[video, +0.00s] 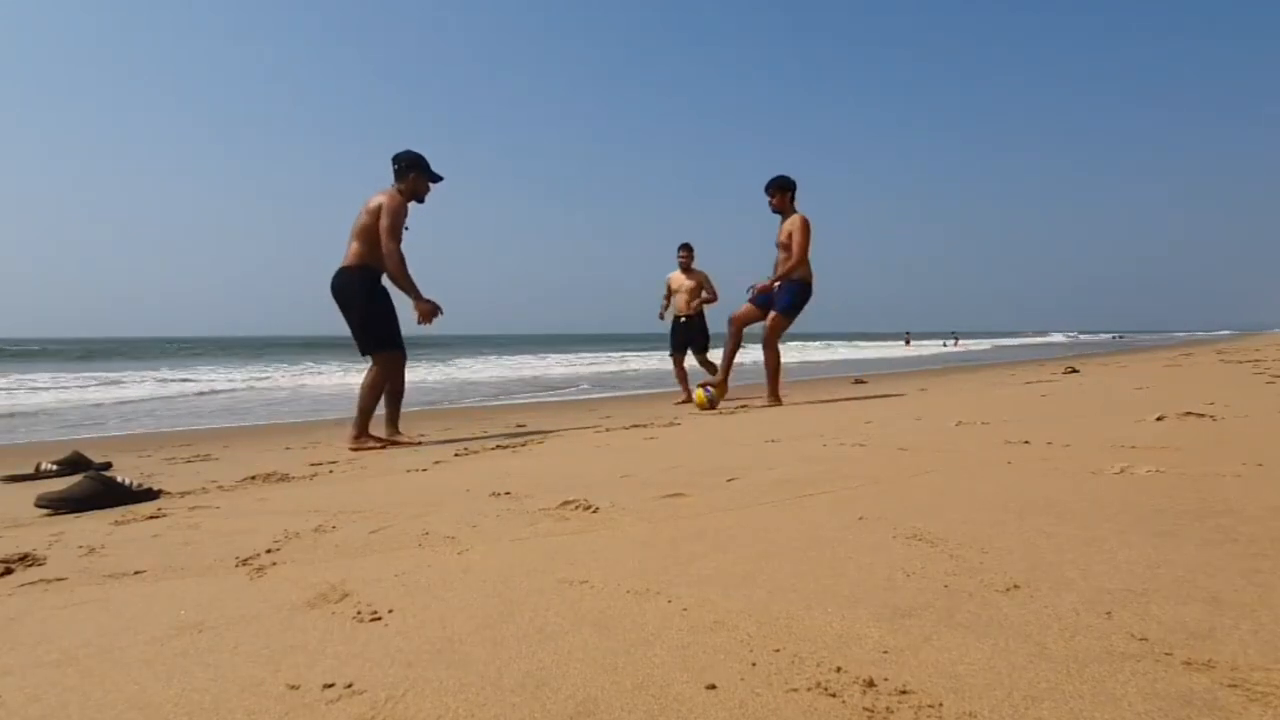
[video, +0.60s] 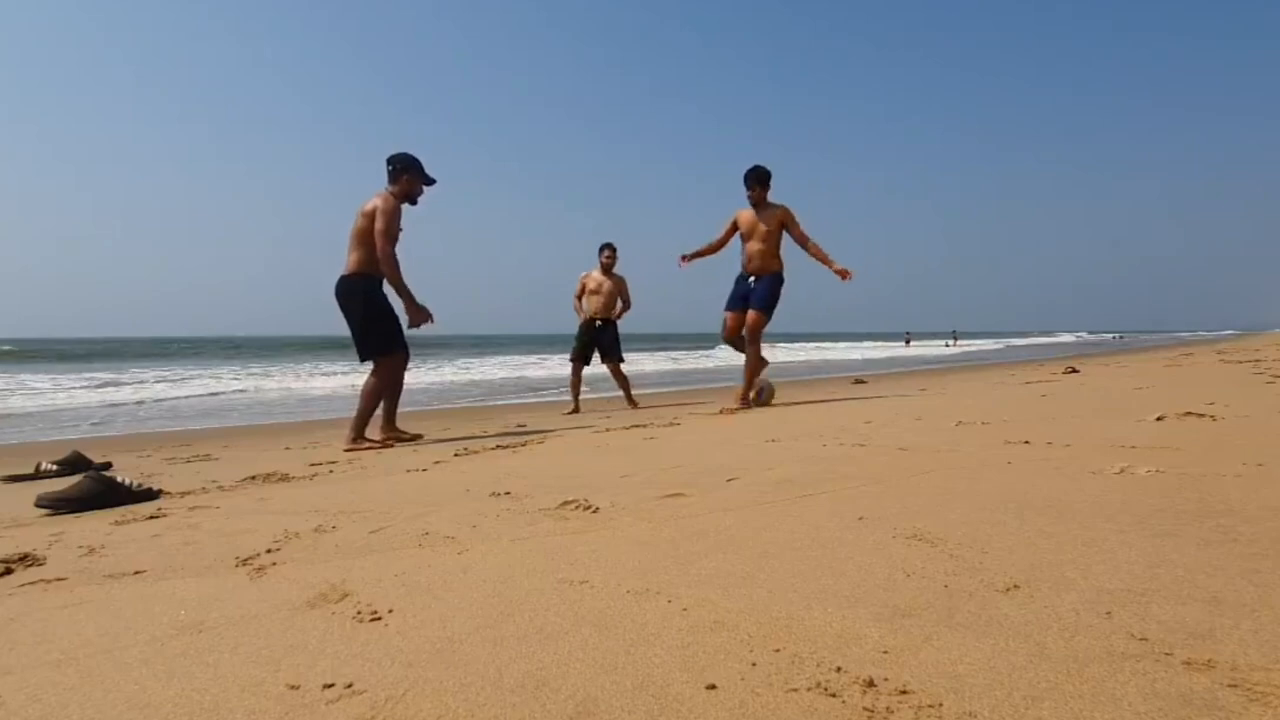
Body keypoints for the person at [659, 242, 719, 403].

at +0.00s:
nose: (683, 260)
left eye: (686, 257)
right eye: (680, 257)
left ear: (692, 258)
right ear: (677, 258)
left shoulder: (700, 276)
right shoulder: (671, 278)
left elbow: (713, 296)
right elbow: (667, 297)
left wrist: (700, 300)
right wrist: (663, 309)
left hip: (695, 318)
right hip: (678, 319)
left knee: (701, 358)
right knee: (677, 360)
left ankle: (720, 380)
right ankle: (686, 394)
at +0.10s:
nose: (671, 254)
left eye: (675, 251)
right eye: (669, 251)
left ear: (680, 252)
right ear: (665, 252)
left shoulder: (688, 271)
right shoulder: (657, 271)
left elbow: (700, 290)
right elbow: (651, 289)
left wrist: (690, 294)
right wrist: (650, 300)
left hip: (680, 311)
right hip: (663, 312)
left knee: (680, 354)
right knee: (668, 354)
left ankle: (683, 391)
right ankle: (681, 387)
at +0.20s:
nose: (659, 253)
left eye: (663, 250)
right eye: (657, 250)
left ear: (669, 251)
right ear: (653, 251)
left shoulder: (676, 270)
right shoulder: (646, 270)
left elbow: (687, 289)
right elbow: (638, 287)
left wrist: (677, 294)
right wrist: (637, 299)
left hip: (665, 311)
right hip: (648, 311)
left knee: (659, 353)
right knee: (649, 355)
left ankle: (651, 393)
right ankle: (665, 385)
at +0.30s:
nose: (647, 258)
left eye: (650, 255)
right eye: (644, 255)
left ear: (655, 257)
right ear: (640, 256)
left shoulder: (663, 277)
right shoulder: (631, 276)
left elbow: (674, 297)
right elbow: (624, 296)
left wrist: (663, 304)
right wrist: (622, 309)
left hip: (652, 319)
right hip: (634, 318)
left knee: (644, 361)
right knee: (625, 360)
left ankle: (642, 398)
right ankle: (633, 394)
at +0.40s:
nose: (635, 261)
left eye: (638, 258)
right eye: (632, 257)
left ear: (642, 259)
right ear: (627, 259)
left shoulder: (648, 278)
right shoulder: (617, 278)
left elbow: (658, 300)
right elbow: (611, 298)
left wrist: (650, 310)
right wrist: (608, 312)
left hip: (639, 321)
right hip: (621, 321)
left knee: (634, 364)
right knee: (603, 361)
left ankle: (640, 398)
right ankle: (597, 400)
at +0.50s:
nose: (621, 260)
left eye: (624, 257)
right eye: (618, 257)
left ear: (628, 259)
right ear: (612, 258)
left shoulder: (633, 279)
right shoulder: (602, 277)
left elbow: (642, 301)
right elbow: (595, 297)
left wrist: (632, 312)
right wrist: (595, 312)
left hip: (623, 322)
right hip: (603, 321)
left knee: (627, 365)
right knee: (588, 362)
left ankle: (639, 399)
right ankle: (577, 402)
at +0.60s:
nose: (609, 261)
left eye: (612, 258)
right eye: (606, 257)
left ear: (616, 259)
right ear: (599, 258)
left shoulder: (619, 281)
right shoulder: (586, 278)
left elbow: (626, 303)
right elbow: (577, 297)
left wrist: (618, 314)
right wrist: (581, 314)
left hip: (607, 323)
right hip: (588, 322)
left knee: (613, 365)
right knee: (576, 364)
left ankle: (630, 399)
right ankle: (575, 404)